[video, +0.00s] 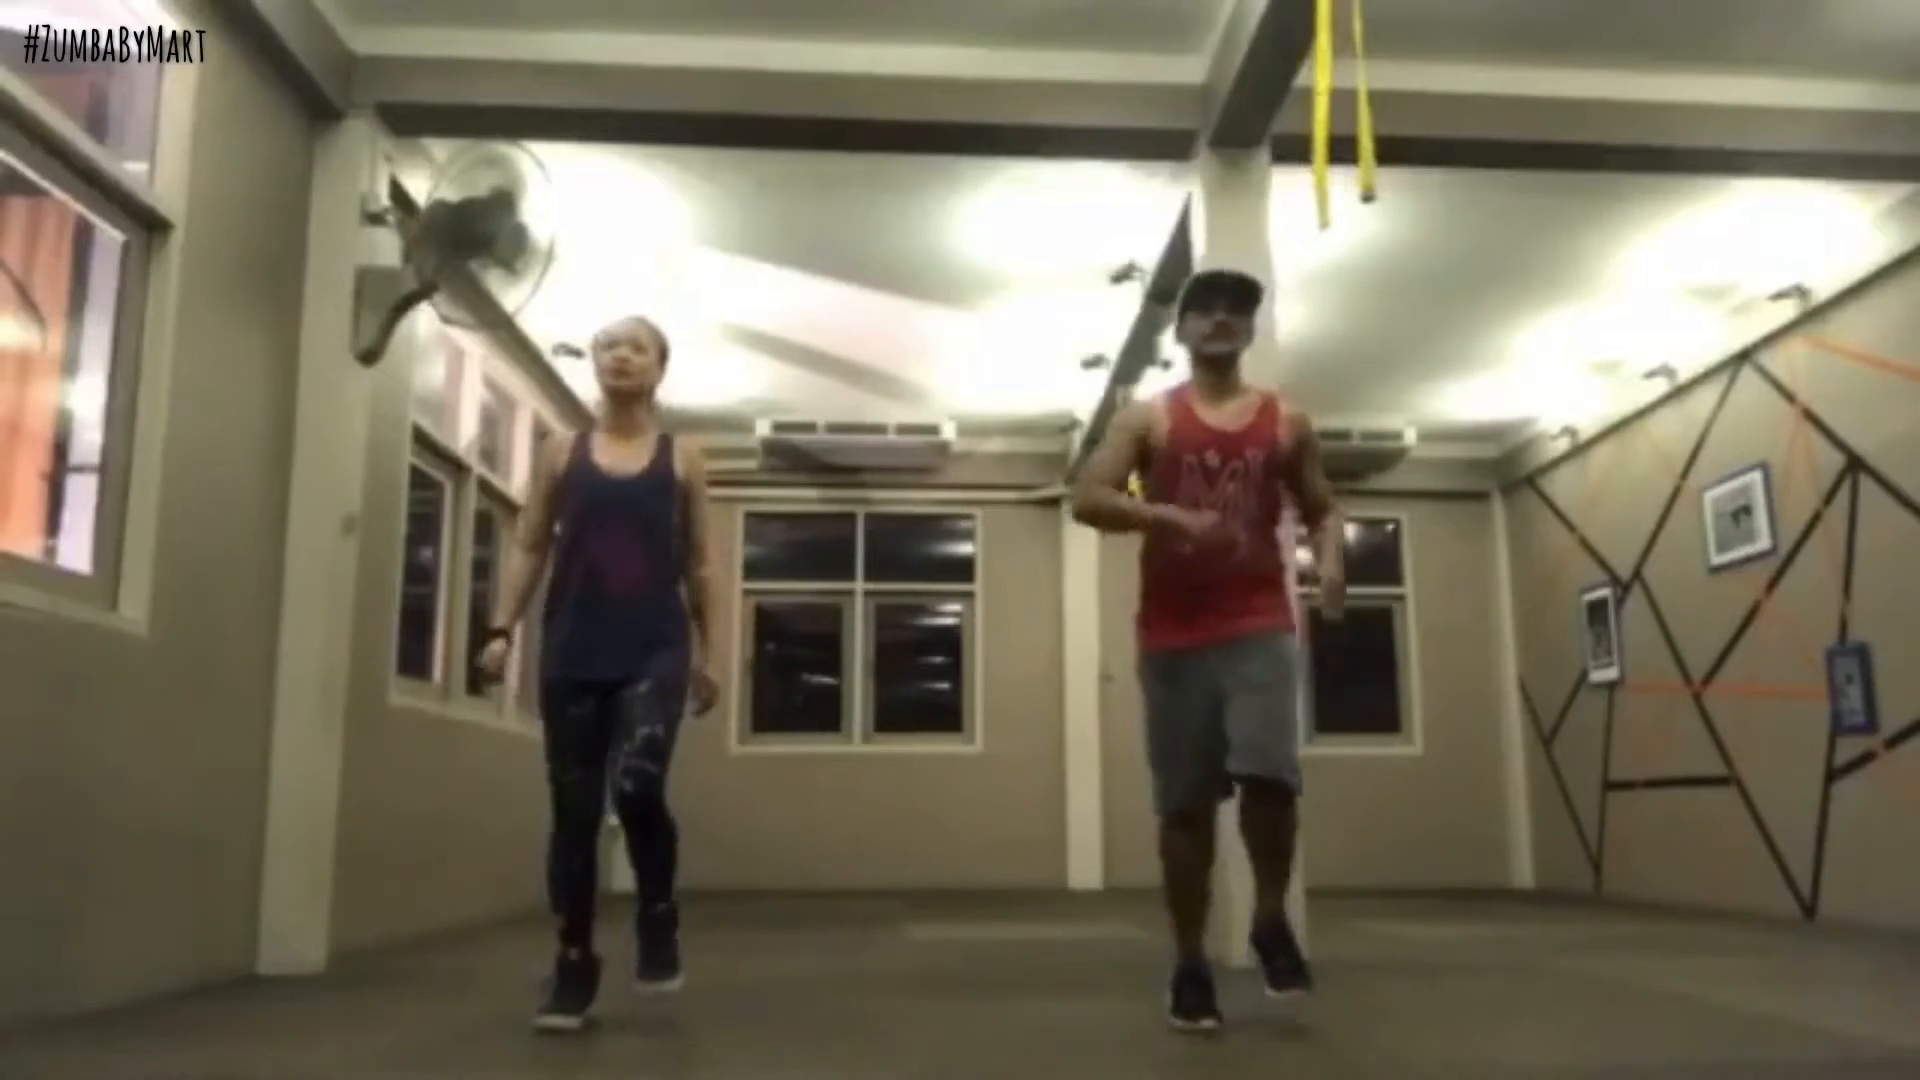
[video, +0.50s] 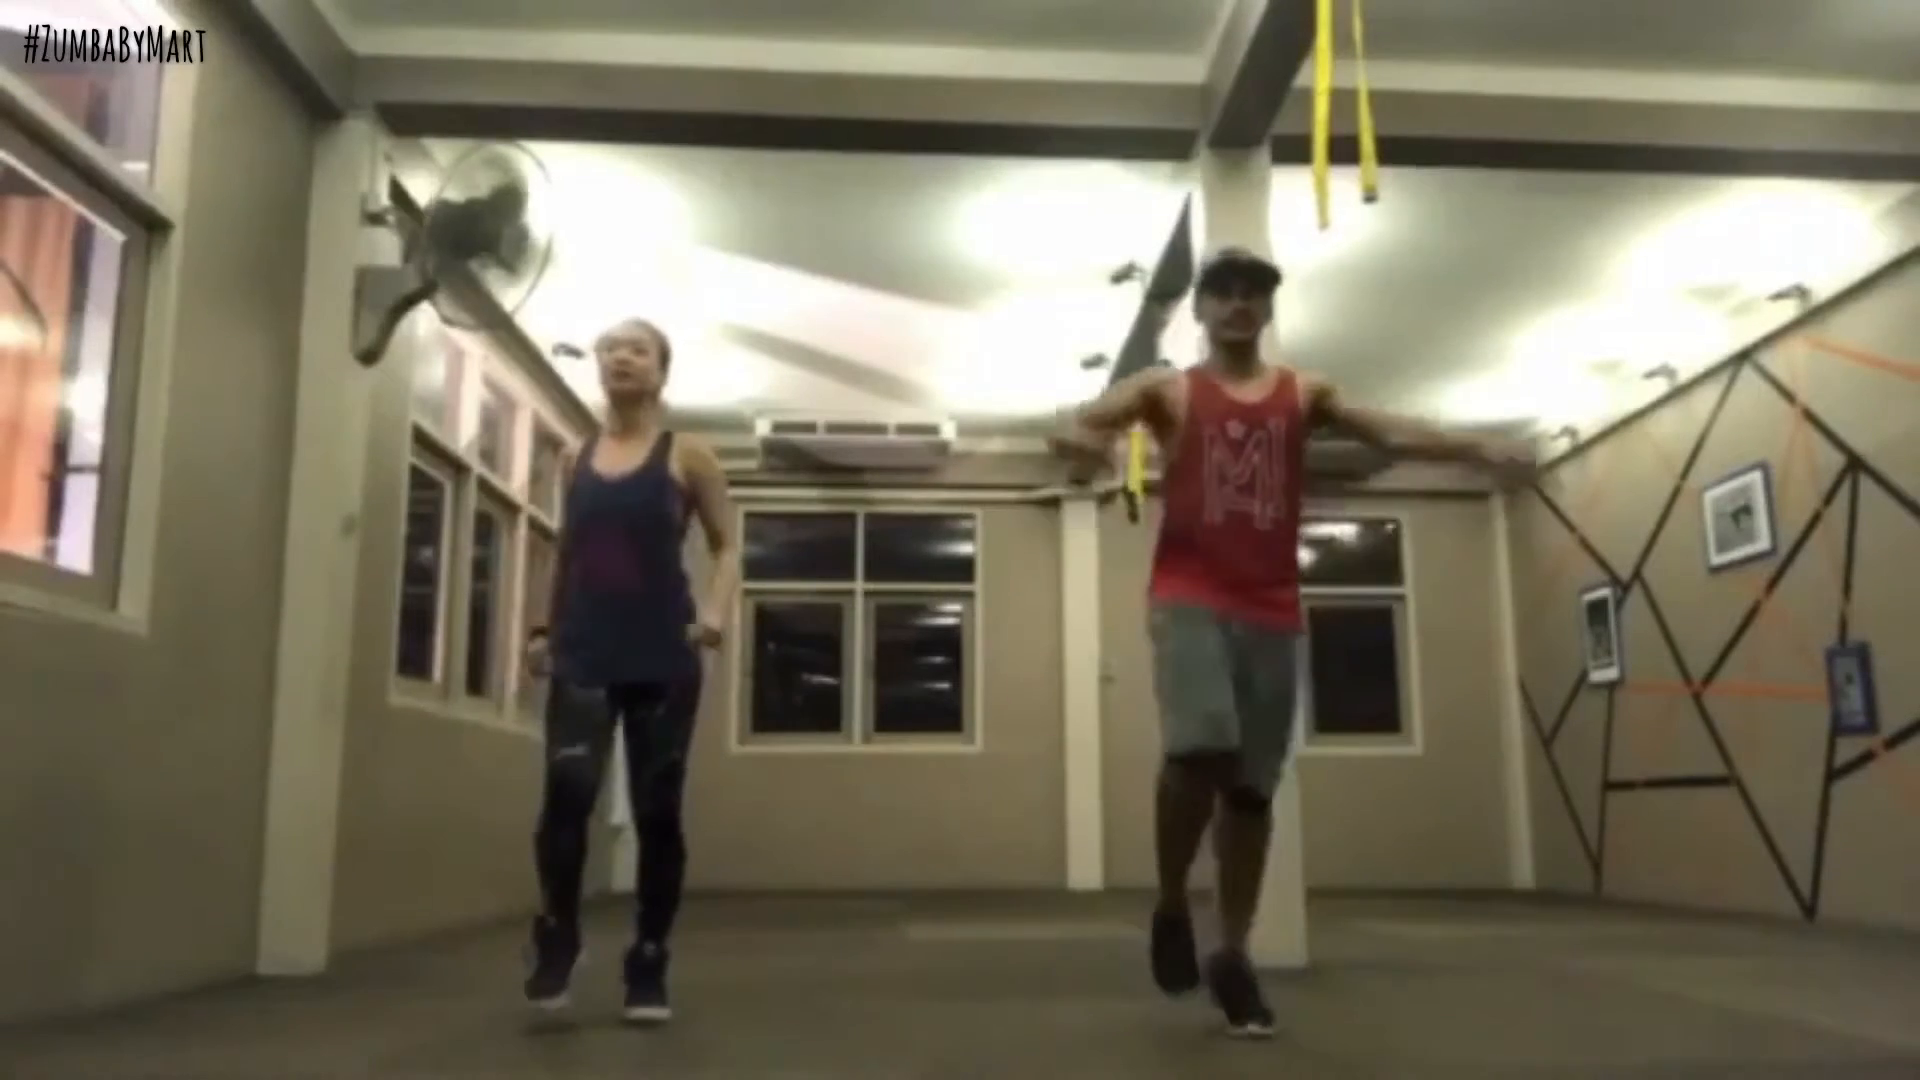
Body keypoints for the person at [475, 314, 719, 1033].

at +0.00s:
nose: (620, 358)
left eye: (636, 349)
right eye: (611, 348)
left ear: (660, 370)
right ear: (594, 364)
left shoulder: (682, 458)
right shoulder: (562, 453)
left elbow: (701, 564)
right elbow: (530, 545)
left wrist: (709, 655)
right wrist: (503, 626)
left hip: (656, 653)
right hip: (573, 653)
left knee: (635, 788)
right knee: (574, 811)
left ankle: (657, 919)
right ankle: (574, 961)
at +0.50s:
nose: (622, 359)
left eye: (637, 350)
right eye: (612, 349)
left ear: (662, 370)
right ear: (596, 368)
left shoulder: (688, 454)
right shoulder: (579, 457)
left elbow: (726, 543)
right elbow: (566, 550)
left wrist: (715, 614)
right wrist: (546, 629)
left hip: (660, 653)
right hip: (582, 652)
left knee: (656, 811)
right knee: (567, 795)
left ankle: (649, 962)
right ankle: (556, 942)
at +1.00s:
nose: (641, 352)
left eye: (659, 344)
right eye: (634, 342)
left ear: (687, 367)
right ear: (621, 359)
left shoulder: (702, 450)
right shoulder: (589, 438)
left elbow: (771, 491)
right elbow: (570, 503)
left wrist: (832, 508)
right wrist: (642, 470)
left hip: (673, 647)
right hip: (593, 646)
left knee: (701, 793)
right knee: (571, 811)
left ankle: (773, 963)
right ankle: (554, 966)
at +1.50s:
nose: (667, 355)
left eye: (681, 343)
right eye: (655, 343)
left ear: (710, 357)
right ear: (641, 355)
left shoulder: (735, 434)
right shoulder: (626, 442)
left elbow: (739, 466)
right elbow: (550, 483)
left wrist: (655, 454)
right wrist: (484, 488)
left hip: (723, 646)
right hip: (643, 653)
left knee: (765, 813)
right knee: (651, 814)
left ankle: (791, 976)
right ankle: (595, 956)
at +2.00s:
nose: (560, 335)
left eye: (582, 331)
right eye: (557, 328)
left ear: (614, 366)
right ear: (544, 356)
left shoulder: (629, 438)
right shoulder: (523, 427)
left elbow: (707, 504)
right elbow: (472, 483)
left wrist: (801, 509)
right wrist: (550, 470)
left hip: (593, 650)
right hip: (536, 651)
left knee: (499, 800)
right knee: (558, 822)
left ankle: (477, 990)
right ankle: (610, 975)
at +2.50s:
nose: (524, 352)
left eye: (535, 341)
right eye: (507, 339)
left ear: (548, 362)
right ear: (473, 357)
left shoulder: (561, 450)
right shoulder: (447, 443)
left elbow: (588, 467)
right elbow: (357, 462)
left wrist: (553, 377)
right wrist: (273, 457)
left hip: (505, 662)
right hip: (419, 652)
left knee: (498, 822)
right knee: (369, 817)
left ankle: (486, 988)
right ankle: (282, 968)